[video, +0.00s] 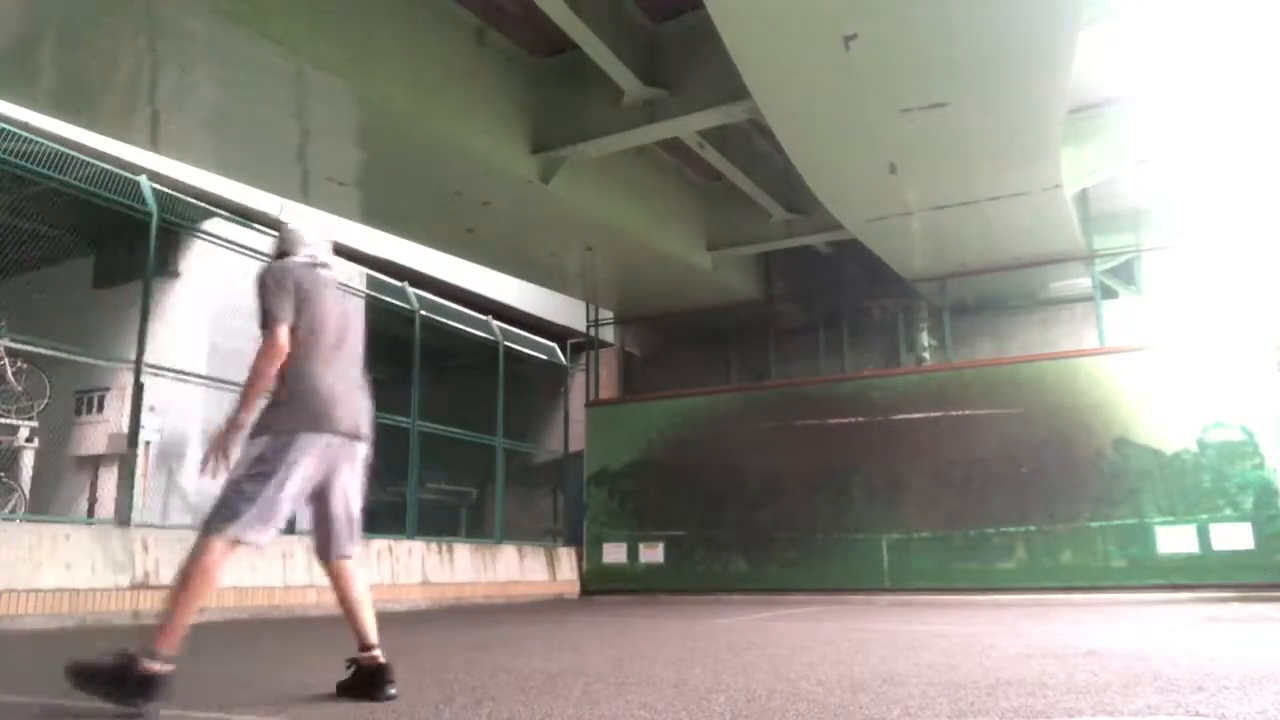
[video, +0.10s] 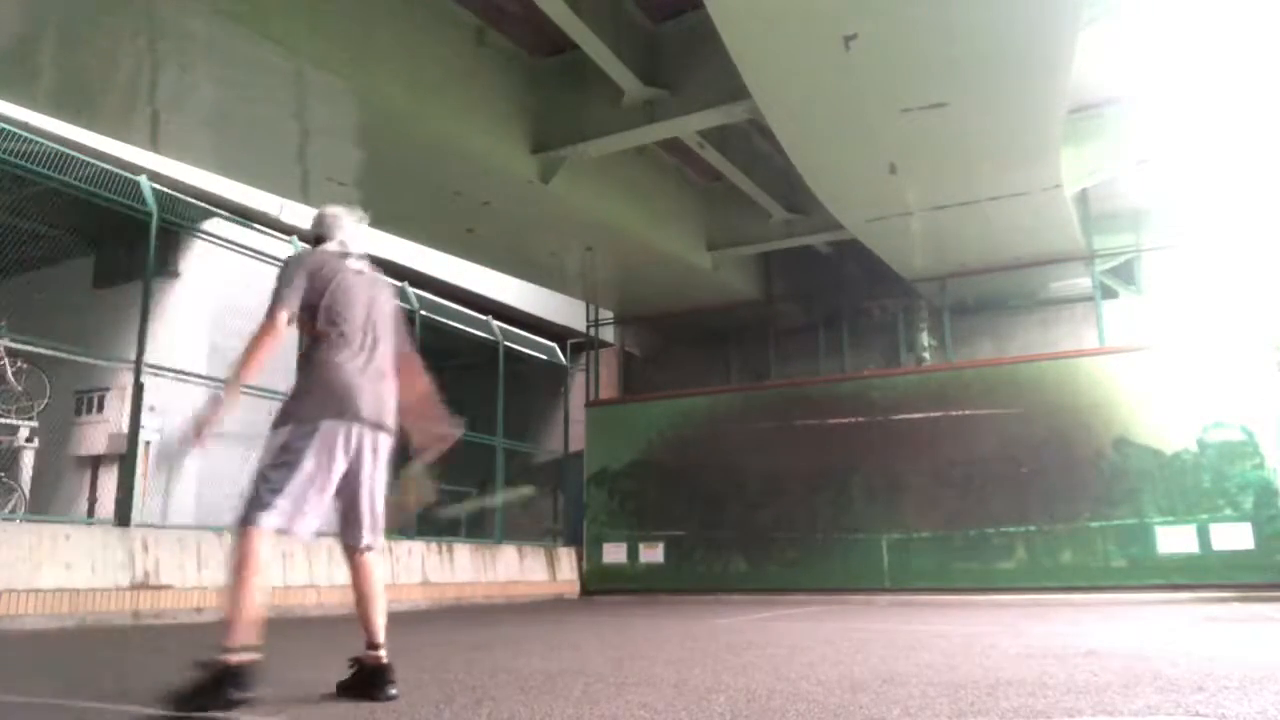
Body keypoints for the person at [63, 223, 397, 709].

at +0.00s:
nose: (273, 252)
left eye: (276, 245)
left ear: (283, 249)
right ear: (323, 254)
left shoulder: (282, 273)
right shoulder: (349, 295)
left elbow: (276, 347)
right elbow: (342, 367)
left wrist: (234, 426)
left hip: (302, 424)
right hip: (355, 431)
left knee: (220, 536)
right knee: (339, 552)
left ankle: (154, 662)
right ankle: (373, 663)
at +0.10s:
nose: (309, 238)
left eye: (311, 232)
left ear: (316, 236)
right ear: (360, 239)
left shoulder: (308, 263)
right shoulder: (385, 289)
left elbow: (275, 326)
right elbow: (407, 363)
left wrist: (223, 400)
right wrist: (431, 423)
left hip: (322, 414)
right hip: (379, 423)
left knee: (256, 525)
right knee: (364, 544)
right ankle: (377, 664)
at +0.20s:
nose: (345, 224)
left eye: (345, 217)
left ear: (345, 221)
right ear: (390, 226)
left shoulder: (329, 251)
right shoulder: (414, 269)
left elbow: (277, 298)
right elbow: (475, 316)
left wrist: (203, 342)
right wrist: (535, 340)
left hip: (341, 397)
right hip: (400, 404)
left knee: (311, 519)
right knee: (383, 537)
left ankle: (335, 639)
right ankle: (382, 661)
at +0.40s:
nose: (399, 217)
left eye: (399, 210)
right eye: (411, 208)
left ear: (396, 216)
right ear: (439, 218)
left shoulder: (376, 260)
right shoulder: (470, 257)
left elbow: (311, 281)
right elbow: (545, 229)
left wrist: (243, 297)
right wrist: (613, 190)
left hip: (405, 408)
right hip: (456, 413)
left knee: (418, 528)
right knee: (419, 533)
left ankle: (475, 656)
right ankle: (385, 662)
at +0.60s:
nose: (462, 223)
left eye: (450, 214)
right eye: (479, 214)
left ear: (441, 220)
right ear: (488, 219)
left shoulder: (425, 270)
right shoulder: (515, 257)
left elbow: (381, 331)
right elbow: (603, 249)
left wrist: (345, 387)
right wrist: (662, 198)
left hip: (462, 413)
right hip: (520, 414)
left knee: (466, 542)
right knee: (480, 542)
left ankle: (492, 668)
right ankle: (435, 647)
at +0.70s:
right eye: (508, 202)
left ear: (467, 211)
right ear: (513, 208)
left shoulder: (447, 261)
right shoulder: (536, 249)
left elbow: (420, 339)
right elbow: (620, 272)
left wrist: (420, 415)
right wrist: (688, 244)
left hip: (477, 403)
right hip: (540, 402)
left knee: (478, 534)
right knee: (525, 527)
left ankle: (492, 668)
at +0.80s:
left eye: (511, 197)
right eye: (539, 199)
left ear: (496, 206)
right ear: (541, 204)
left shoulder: (473, 258)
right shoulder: (563, 251)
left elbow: (454, 347)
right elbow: (632, 303)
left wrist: (478, 387)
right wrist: (688, 302)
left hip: (494, 407)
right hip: (557, 404)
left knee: (487, 538)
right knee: (569, 524)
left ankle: (494, 673)